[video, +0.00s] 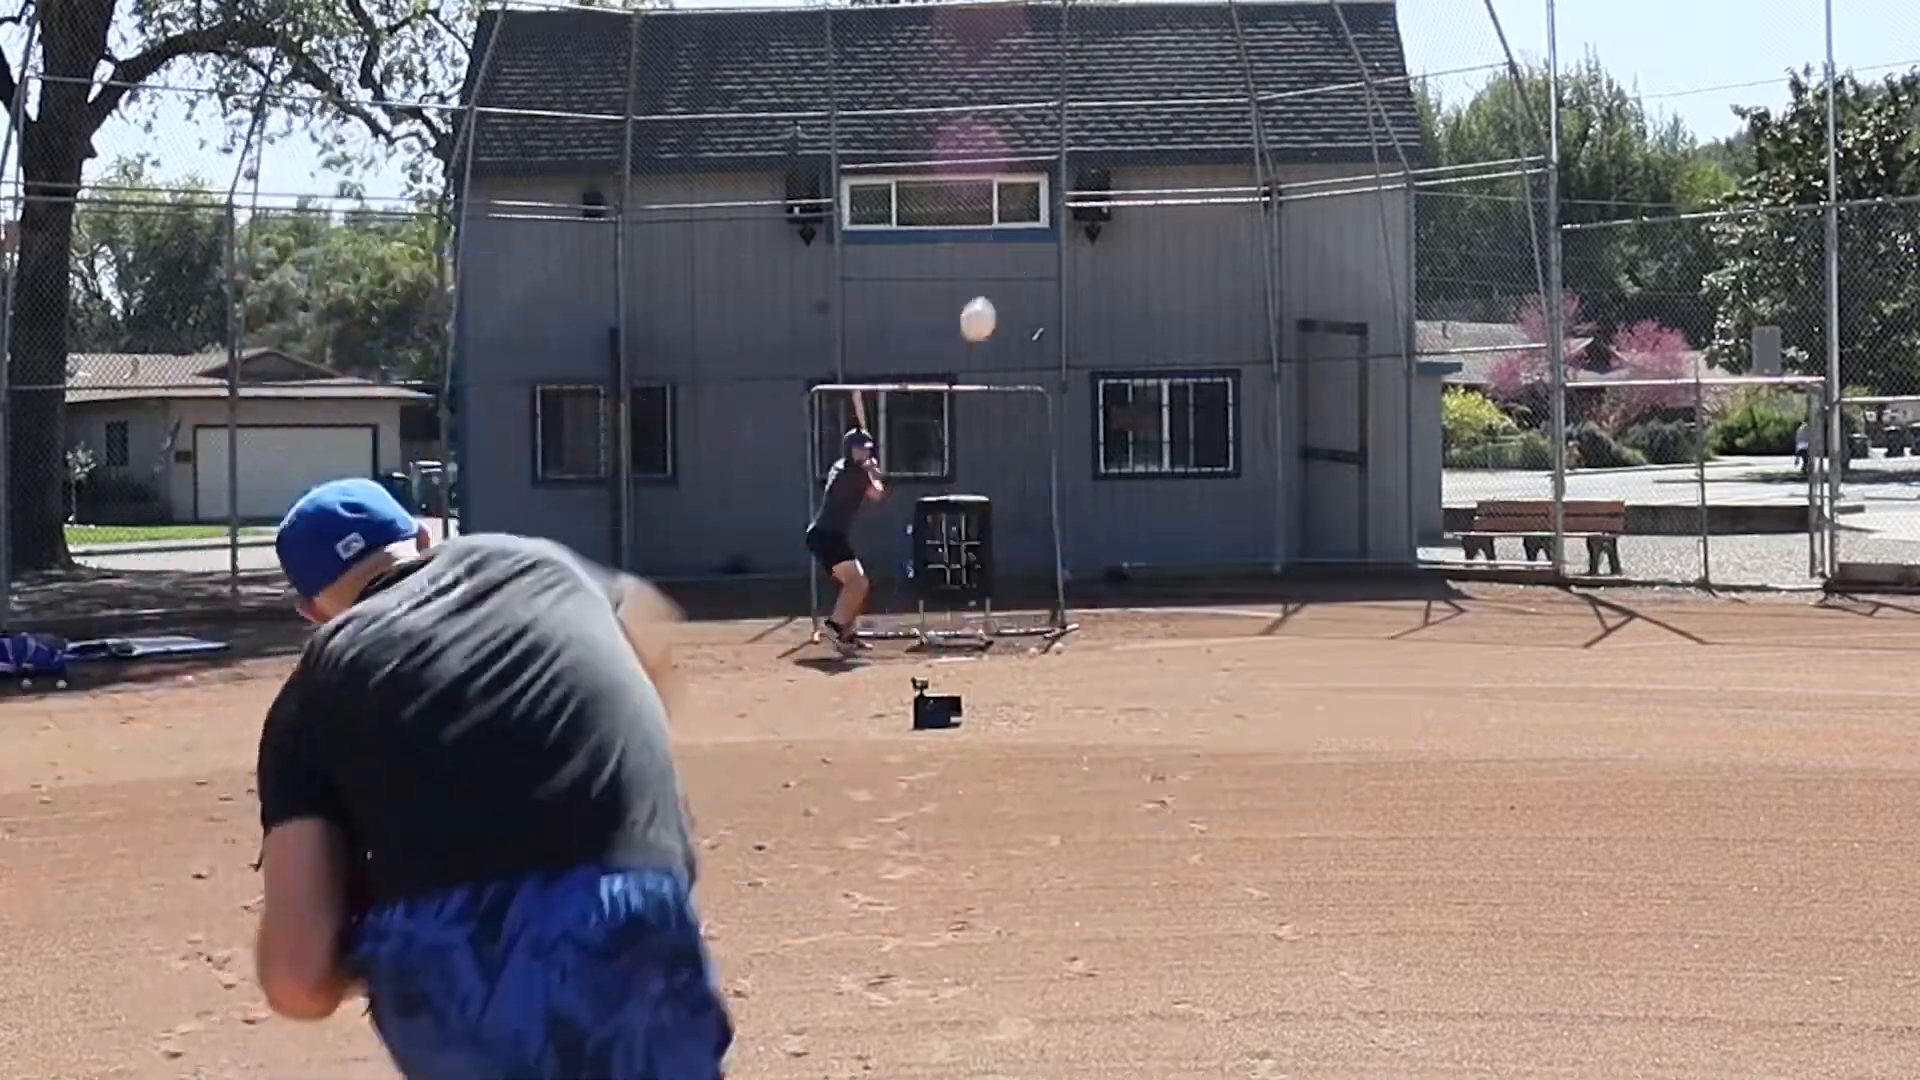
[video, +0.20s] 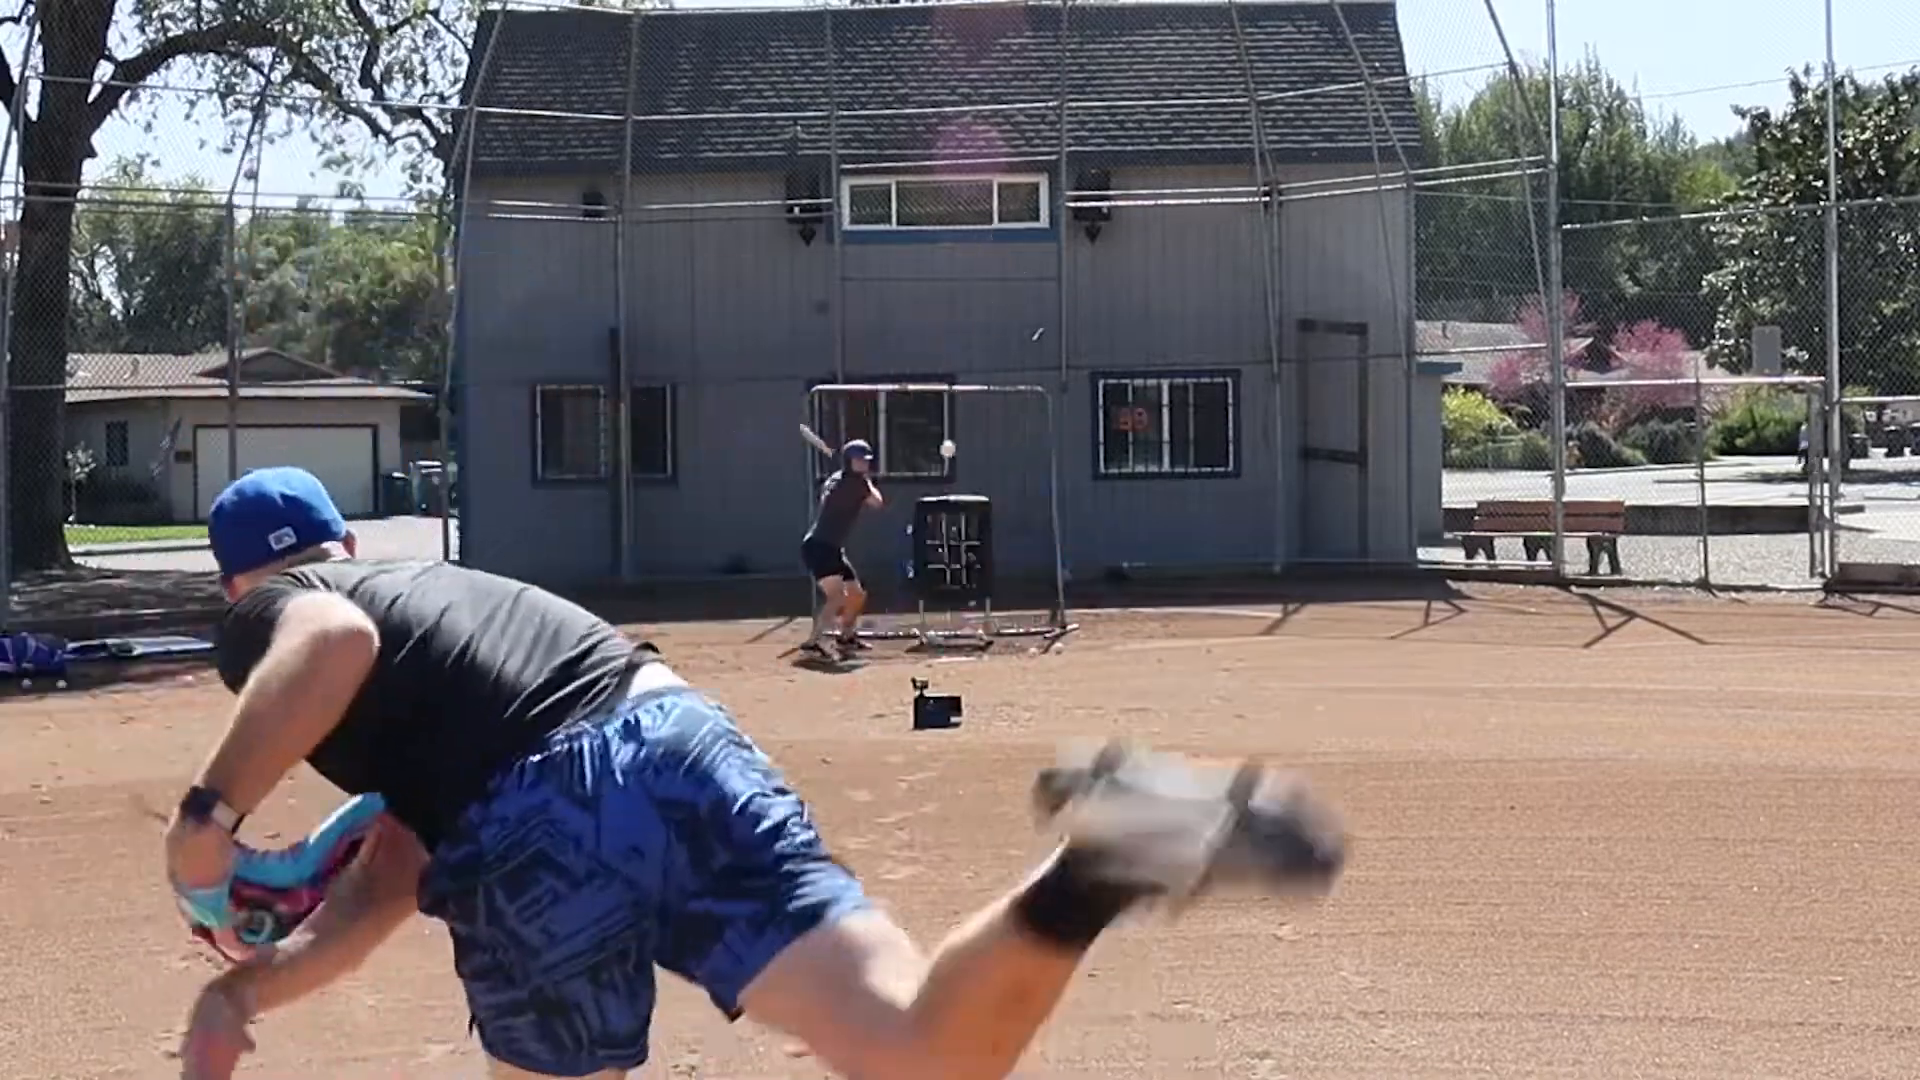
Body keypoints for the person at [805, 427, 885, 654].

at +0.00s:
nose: (866, 453)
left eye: (868, 449)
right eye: (861, 449)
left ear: (867, 451)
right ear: (850, 450)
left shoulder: (841, 466)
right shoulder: (852, 472)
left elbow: (877, 494)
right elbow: (878, 493)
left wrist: (870, 471)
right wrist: (872, 471)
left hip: (829, 533)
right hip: (827, 534)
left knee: (856, 583)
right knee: (857, 582)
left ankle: (847, 631)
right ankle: (836, 624)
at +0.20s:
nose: (866, 464)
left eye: (867, 460)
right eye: (861, 460)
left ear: (866, 462)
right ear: (850, 461)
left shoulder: (836, 478)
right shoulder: (855, 482)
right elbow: (877, 502)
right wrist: (867, 482)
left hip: (832, 546)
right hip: (820, 546)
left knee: (856, 594)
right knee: (837, 595)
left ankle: (846, 634)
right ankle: (820, 638)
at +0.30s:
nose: (860, 465)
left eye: (862, 461)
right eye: (856, 460)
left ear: (863, 462)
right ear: (845, 461)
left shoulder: (839, 479)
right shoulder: (846, 482)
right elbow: (874, 504)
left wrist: (862, 497)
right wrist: (864, 485)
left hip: (832, 547)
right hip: (817, 547)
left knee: (854, 598)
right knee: (834, 598)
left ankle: (845, 635)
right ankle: (811, 642)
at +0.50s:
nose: (847, 455)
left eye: (849, 450)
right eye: (842, 451)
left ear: (852, 452)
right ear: (833, 452)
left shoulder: (833, 473)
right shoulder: (837, 476)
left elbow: (850, 497)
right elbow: (866, 504)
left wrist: (861, 491)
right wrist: (872, 492)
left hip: (834, 544)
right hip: (819, 544)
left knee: (851, 597)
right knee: (833, 596)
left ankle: (845, 637)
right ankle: (808, 645)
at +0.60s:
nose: (844, 453)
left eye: (845, 448)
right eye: (840, 449)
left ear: (845, 449)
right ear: (830, 451)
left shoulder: (831, 469)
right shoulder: (834, 475)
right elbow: (860, 505)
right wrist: (871, 493)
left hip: (837, 544)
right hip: (822, 544)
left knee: (852, 597)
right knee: (834, 596)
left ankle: (845, 636)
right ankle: (808, 645)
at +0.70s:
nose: (844, 453)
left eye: (845, 448)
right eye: (839, 449)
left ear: (845, 450)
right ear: (829, 451)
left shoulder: (836, 472)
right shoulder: (832, 475)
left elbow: (850, 497)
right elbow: (854, 510)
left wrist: (857, 493)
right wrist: (870, 497)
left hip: (839, 545)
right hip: (824, 544)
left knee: (853, 597)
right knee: (833, 596)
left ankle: (845, 636)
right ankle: (808, 645)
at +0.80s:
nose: (844, 453)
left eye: (845, 448)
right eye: (840, 449)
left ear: (845, 449)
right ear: (829, 451)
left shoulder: (841, 473)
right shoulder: (831, 476)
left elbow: (852, 500)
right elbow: (850, 513)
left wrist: (861, 499)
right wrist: (867, 504)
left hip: (839, 544)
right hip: (823, 544)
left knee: (853, 597)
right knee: (833, 596)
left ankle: (844, 636)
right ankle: (808, 645)